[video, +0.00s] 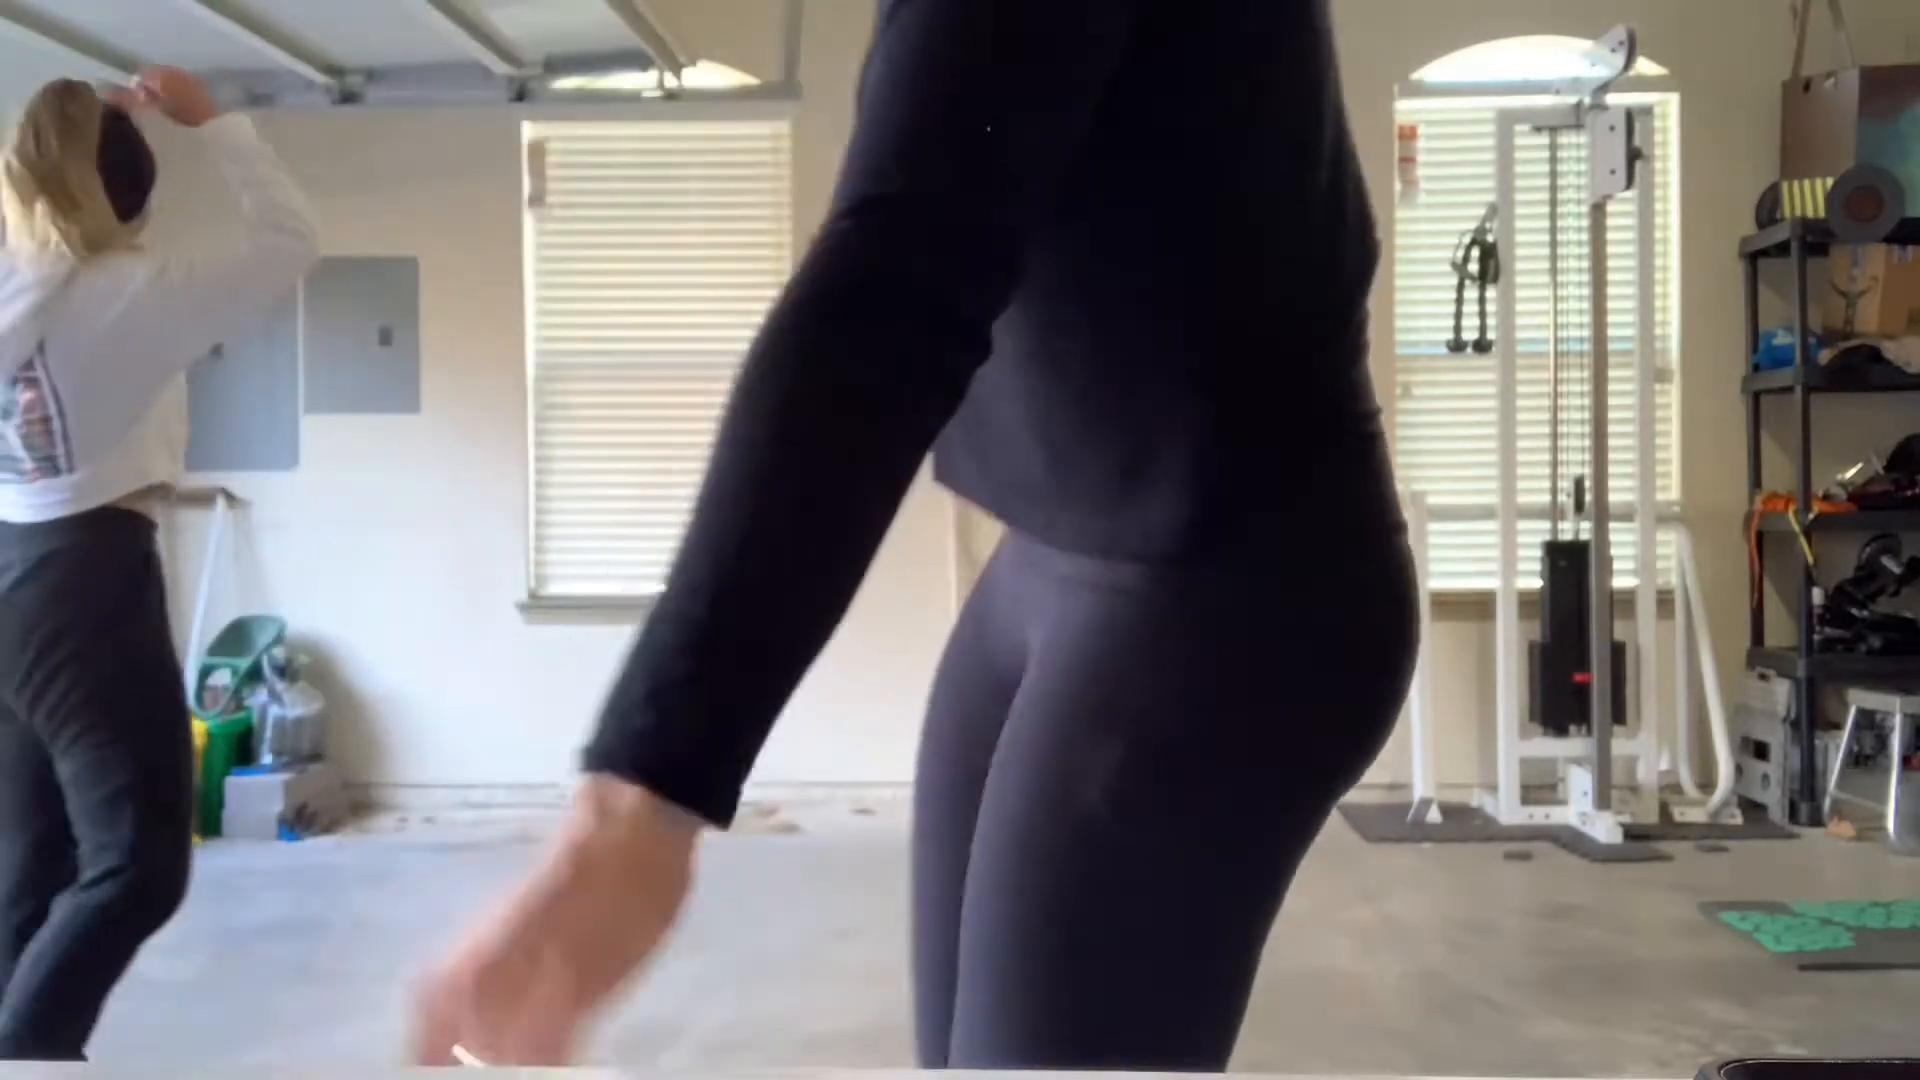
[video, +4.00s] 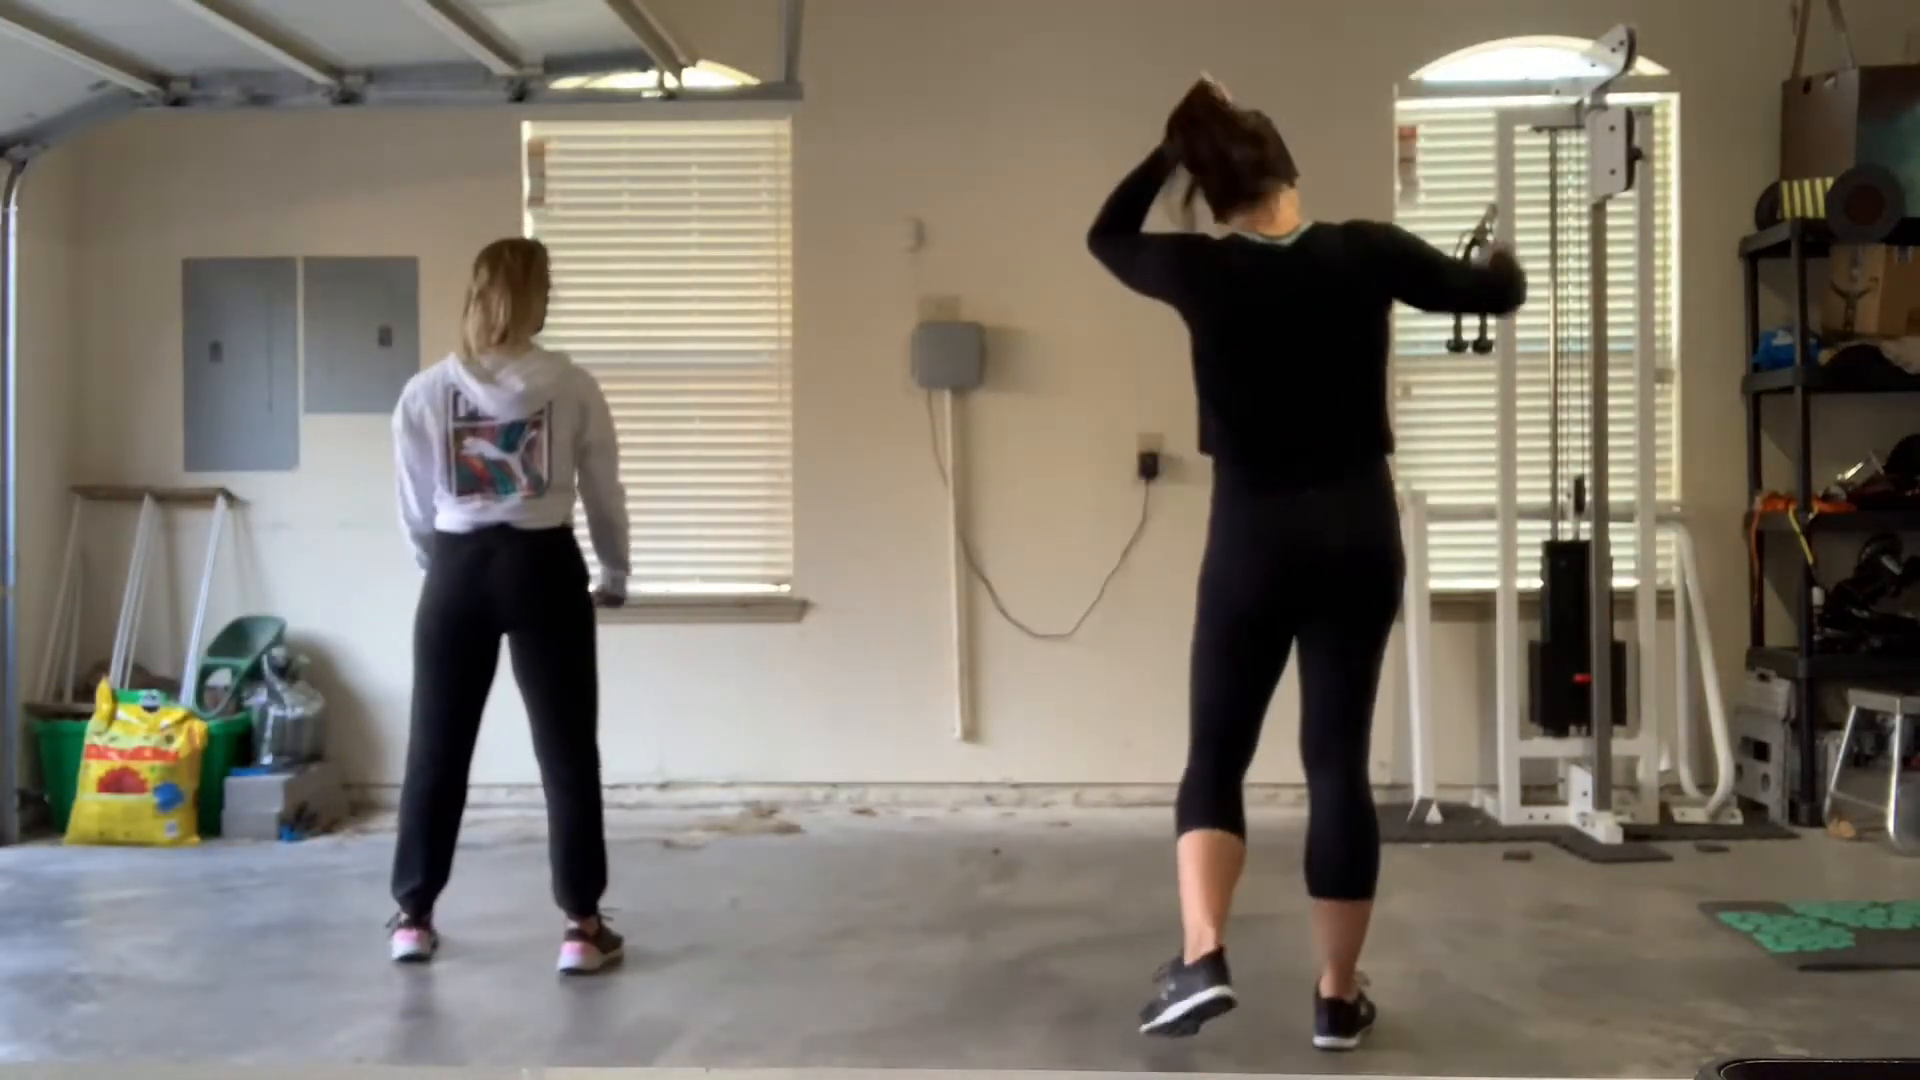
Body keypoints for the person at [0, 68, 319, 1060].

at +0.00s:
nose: (145, 184)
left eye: (139, 166)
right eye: (137, 167)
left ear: (25, 176)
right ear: (124, 181)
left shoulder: (10, 291)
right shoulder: (127, 298)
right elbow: (289, 241)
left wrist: (121, 134)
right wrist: (215, 121)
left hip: (14, 589)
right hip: (83, 591)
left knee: (31, 868)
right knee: (137, 868)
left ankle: (17, 1048)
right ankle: (26, 1056)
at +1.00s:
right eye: (441, 214)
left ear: (347, 235)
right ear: (444, 227)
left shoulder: (302, 325)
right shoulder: (478, 315)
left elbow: (280, 269)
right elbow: (569, 251)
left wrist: (341, 197)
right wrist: (475, 181)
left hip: (344, 573)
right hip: (452, 572)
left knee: (352, 803)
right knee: (458, 810)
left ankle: (339, 1011)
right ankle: (427, 1034)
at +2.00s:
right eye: (518, 271)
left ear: (447, 292)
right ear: (523, 290)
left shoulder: (410, 368)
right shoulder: (559, 363)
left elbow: (385, 344)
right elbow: (643, 343)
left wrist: (447, 297)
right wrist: (559, 298)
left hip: (453, 580)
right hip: (546, 578)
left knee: (430, 776)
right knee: (574, 764)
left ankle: (399, 960)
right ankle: (580, 931)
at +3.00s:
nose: (538, 297)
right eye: (537, 286)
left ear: (464, 296)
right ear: (532, 296)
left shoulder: (426, 392)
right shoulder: (560, 379)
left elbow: (415, 512)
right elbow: (596, 489)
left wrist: (458, 550)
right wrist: (640, 583)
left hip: (452, 575)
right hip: (541, 572)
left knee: (436, 746)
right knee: (561, 749)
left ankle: (411, 918)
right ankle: (576, 924)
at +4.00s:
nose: (539, 305)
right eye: (540, 293)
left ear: (473, 296)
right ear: (540, 299)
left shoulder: (424, 392)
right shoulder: (572, 385)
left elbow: (416, 508)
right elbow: (604, 496)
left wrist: (437, 562)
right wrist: (614, 572)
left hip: (457, 574)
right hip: (547, 572)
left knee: (436, 749)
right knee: (568, 751)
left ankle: (413, 919)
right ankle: (581, 926)